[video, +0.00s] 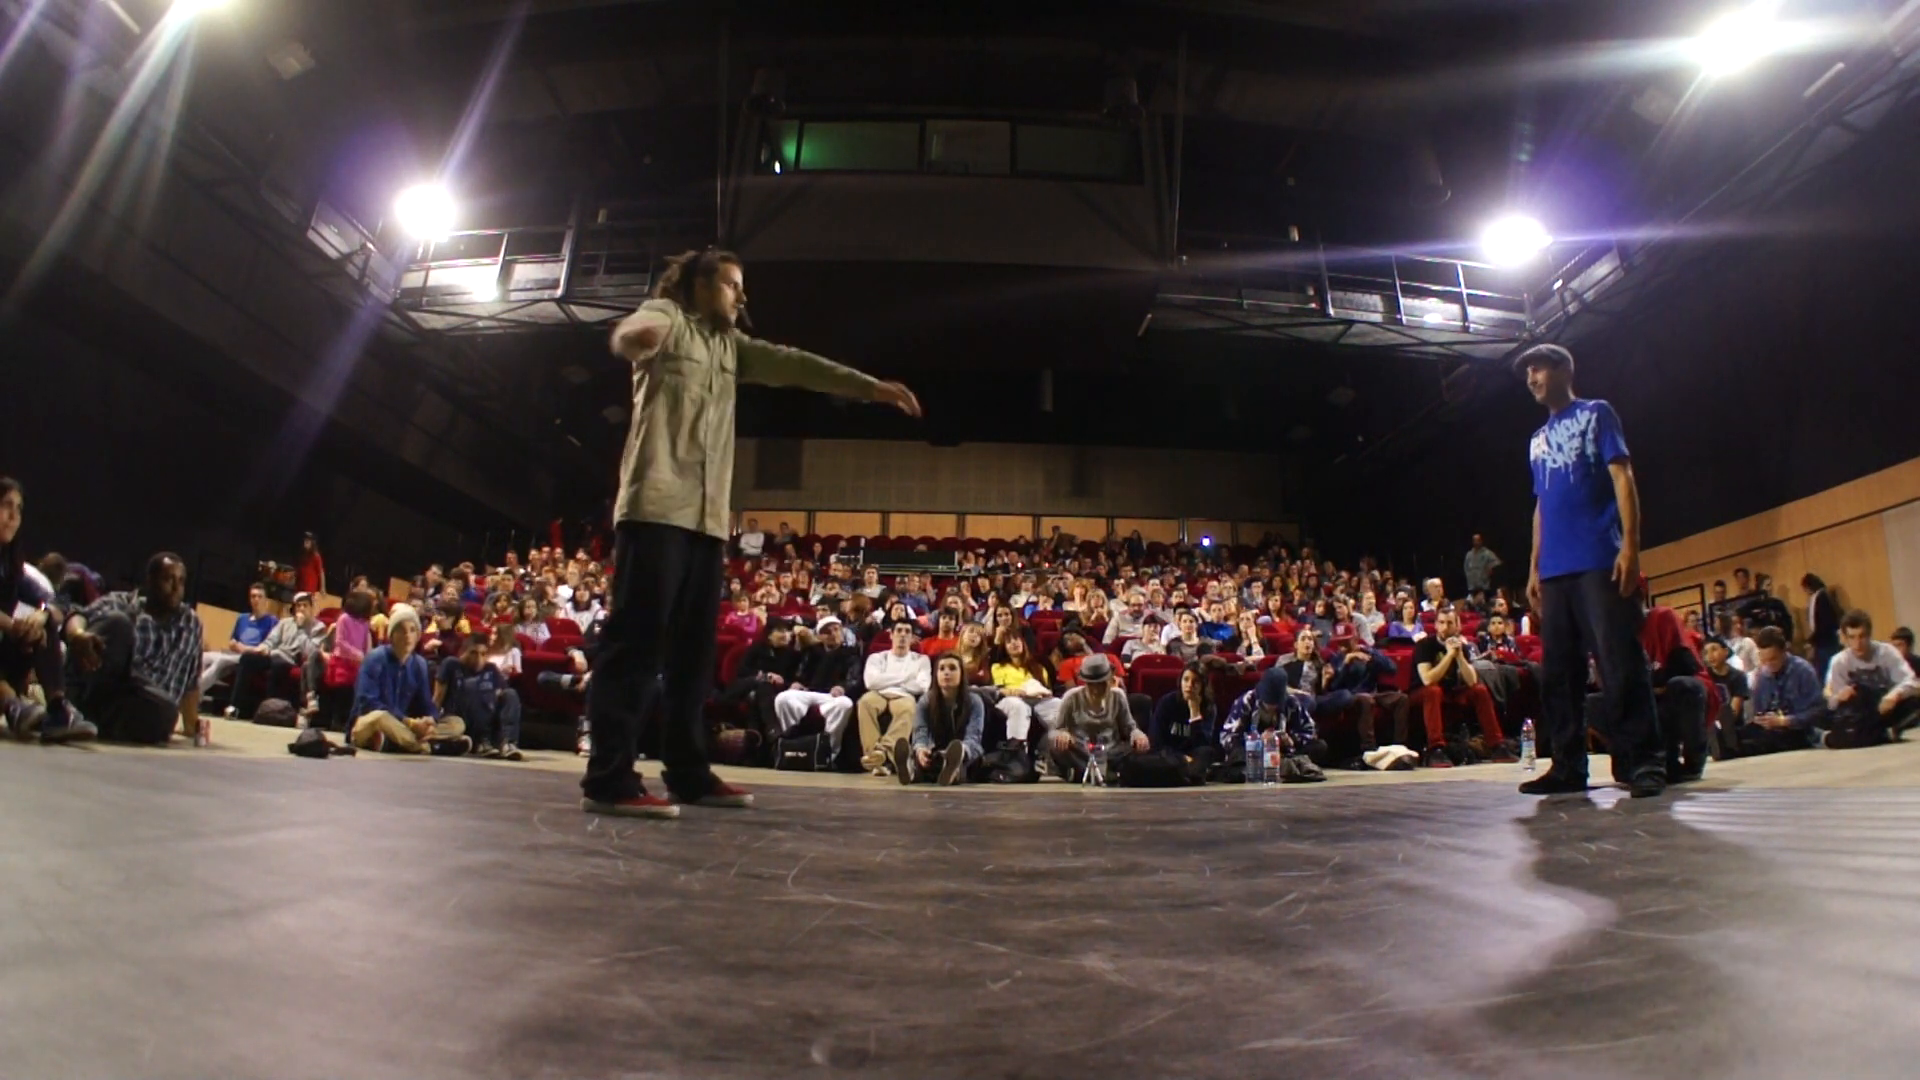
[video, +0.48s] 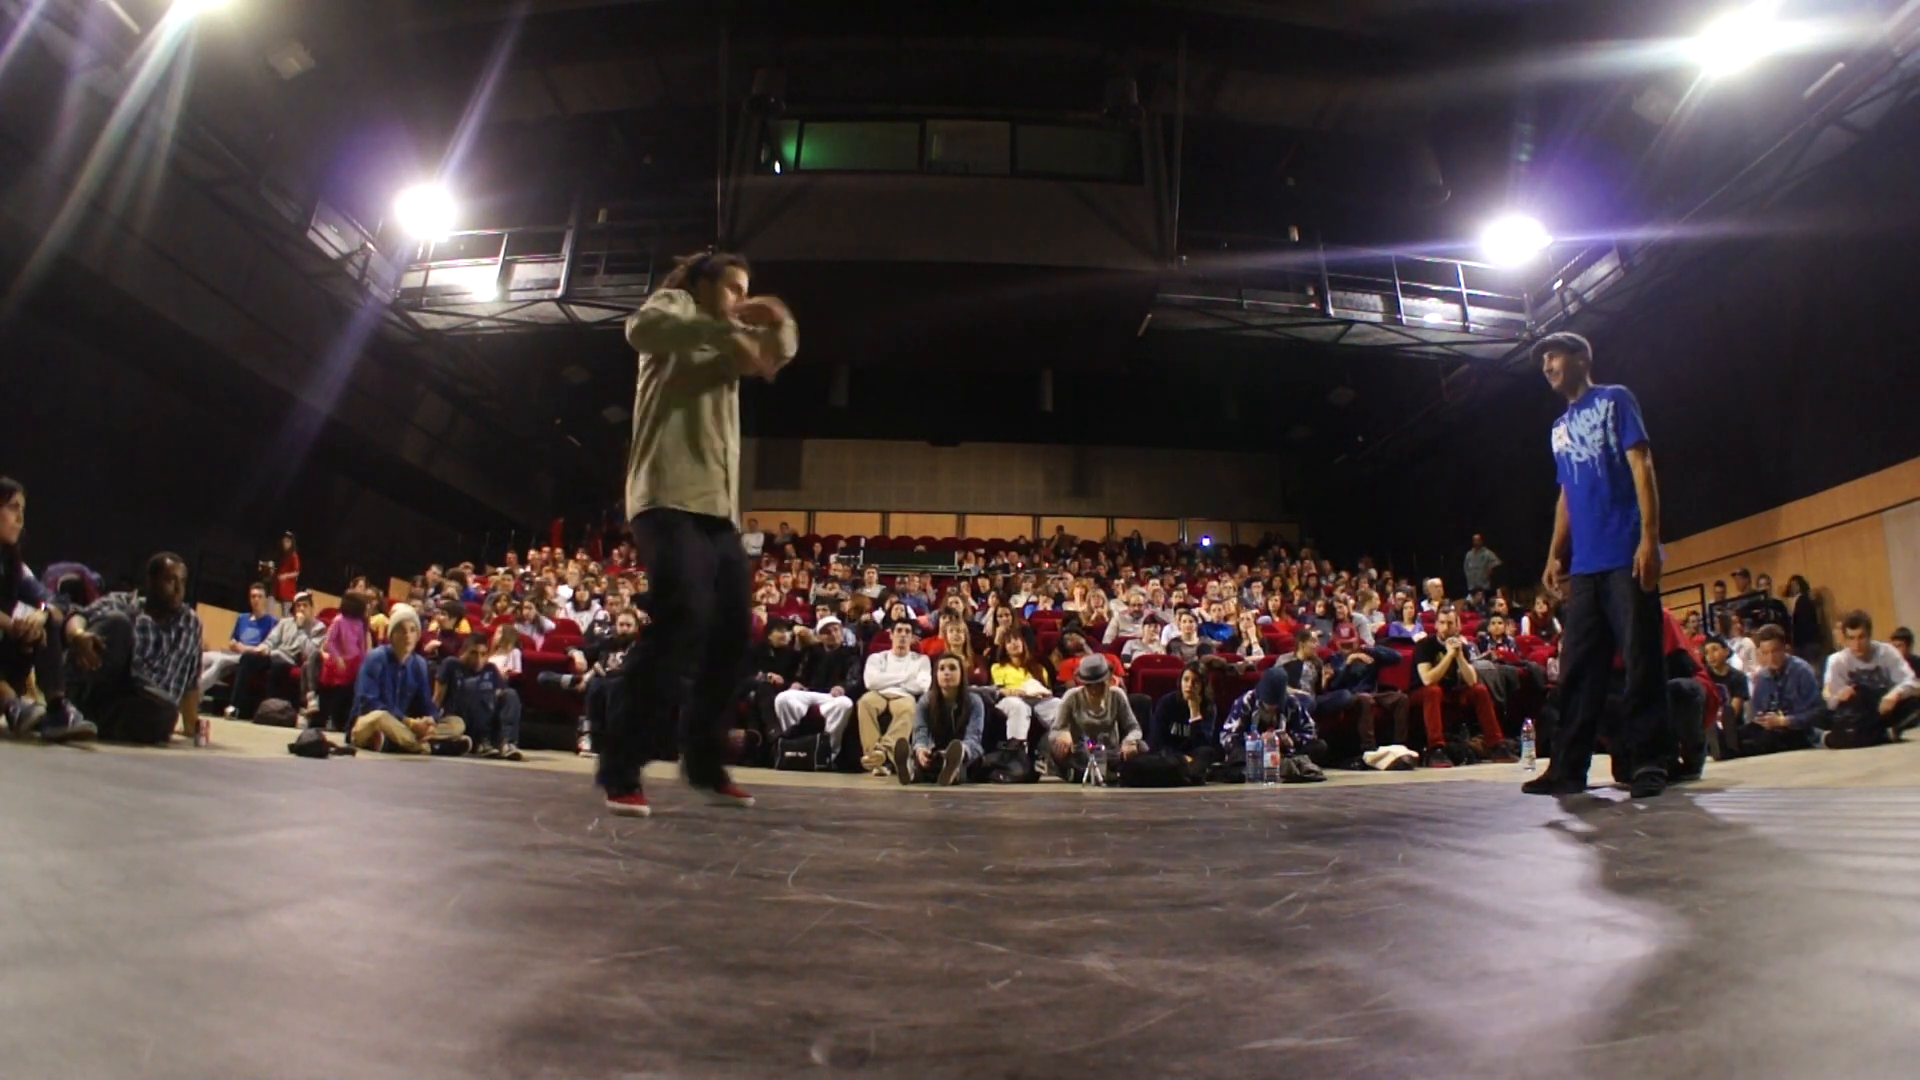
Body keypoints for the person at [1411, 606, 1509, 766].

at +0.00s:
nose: (1445, 627)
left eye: (1450, 623)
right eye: (1441, 623)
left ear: (1457, 625)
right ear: (1436, 625)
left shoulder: (1462, 646)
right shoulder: (1424, 646)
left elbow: (1472, 681)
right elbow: (1427, 678)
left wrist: (1459, 654)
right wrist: (1450, 655)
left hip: (1455, 691)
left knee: (1480, 691)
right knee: (1433, 691)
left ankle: (1497, 745)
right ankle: (1436, 748)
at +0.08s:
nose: (1445, 627)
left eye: (1450, 623)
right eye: (1441, 623)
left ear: (1457, 625)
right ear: (1436, 625)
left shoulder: (1463, 646)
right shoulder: (1424, 646)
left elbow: (1472, 681)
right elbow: (1427, 678)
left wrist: (1459, 654)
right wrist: (1450, 654)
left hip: (1455, 691)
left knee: (1480, 691)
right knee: (1433, 691)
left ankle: (1497, 745)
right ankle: (1436, 749)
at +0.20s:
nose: (1445, 627)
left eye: (1450, 623)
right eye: (1441, 623)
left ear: (1457, 625)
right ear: (1436, 625)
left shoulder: (1463, 646)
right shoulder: (1424, 646)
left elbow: (1472, 681)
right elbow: (1427, 678)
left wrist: (1459, 654)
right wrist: (1450, 655)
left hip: (1455, 691)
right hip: (1429, 692)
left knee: (1480, 691)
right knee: (1433, 691)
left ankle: (1497, 745)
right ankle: (1436, 749)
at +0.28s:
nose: (1445, 627)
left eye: (1450, 623)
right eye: (1441, 623)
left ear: (1457, 625)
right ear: (1436, 625)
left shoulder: (1462, 646)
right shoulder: (1425, 645)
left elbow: (1472, 681)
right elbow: (1427, 678)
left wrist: (1459, 654)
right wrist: (1450, 655)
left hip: (1455, 692)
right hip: (1429, 693)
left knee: (1480, 691)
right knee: (1433, 691)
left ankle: (1497, 745)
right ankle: (1437, 749)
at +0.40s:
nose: (1446, 628)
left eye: (1450, 623)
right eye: (1441, 623)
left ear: (1458, 626)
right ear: (1436, 625)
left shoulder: (1463, 646)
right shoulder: (1424, 645)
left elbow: (1472, 681)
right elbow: (1427, 679)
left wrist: (1459, 654)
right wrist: (1449, 655)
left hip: (1454, 691)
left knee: (1480, 691)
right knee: (1433, 691)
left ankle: (1497, 745)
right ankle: (1436, 749)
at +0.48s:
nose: (1446, 628)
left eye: (1450, 623)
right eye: (1442, 623)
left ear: (1458, 626)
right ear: (1436, 625)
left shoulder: (1463, 646)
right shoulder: (1424, 646)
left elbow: (1472, 681)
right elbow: (1427, 678)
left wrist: (1459, 654)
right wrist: (1450, 654)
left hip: (1454, 692)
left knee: (1480, 691)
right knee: (1433, 691)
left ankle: (1497, 745)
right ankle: (1436, 749)